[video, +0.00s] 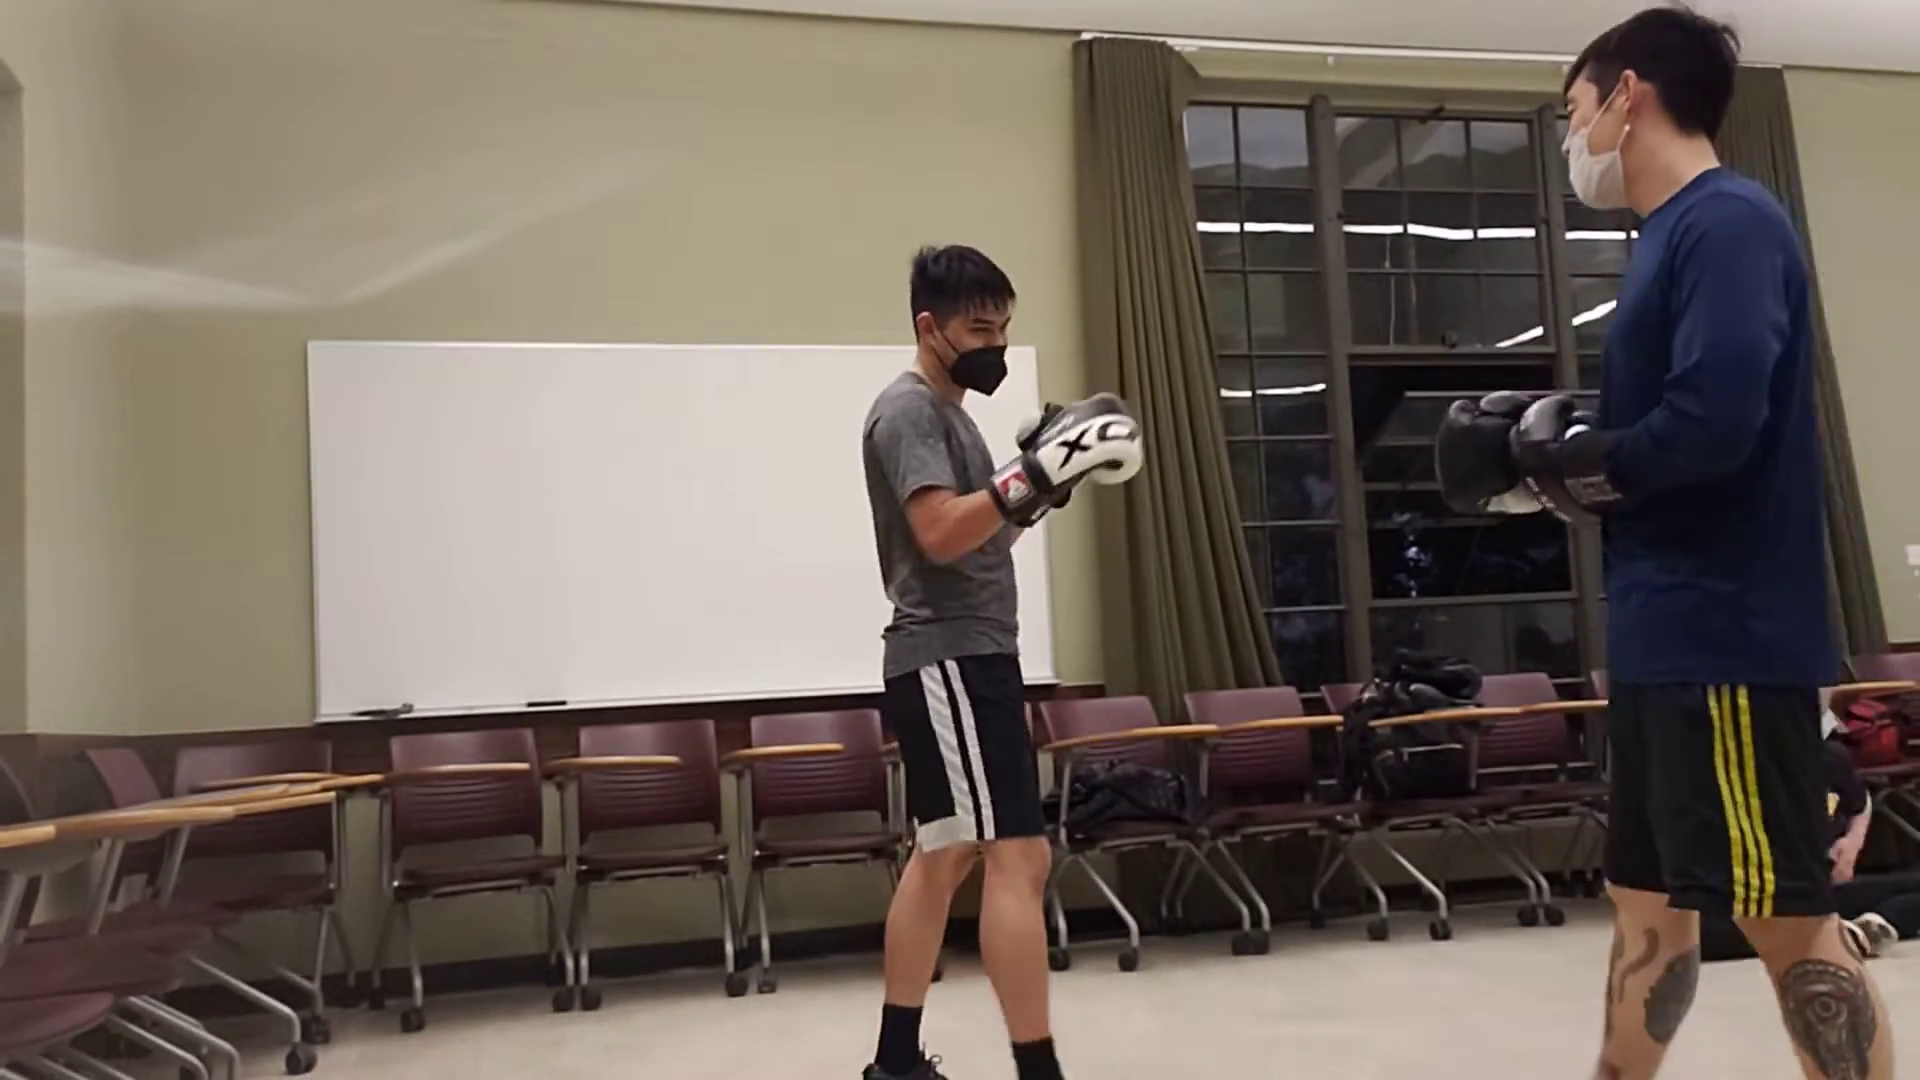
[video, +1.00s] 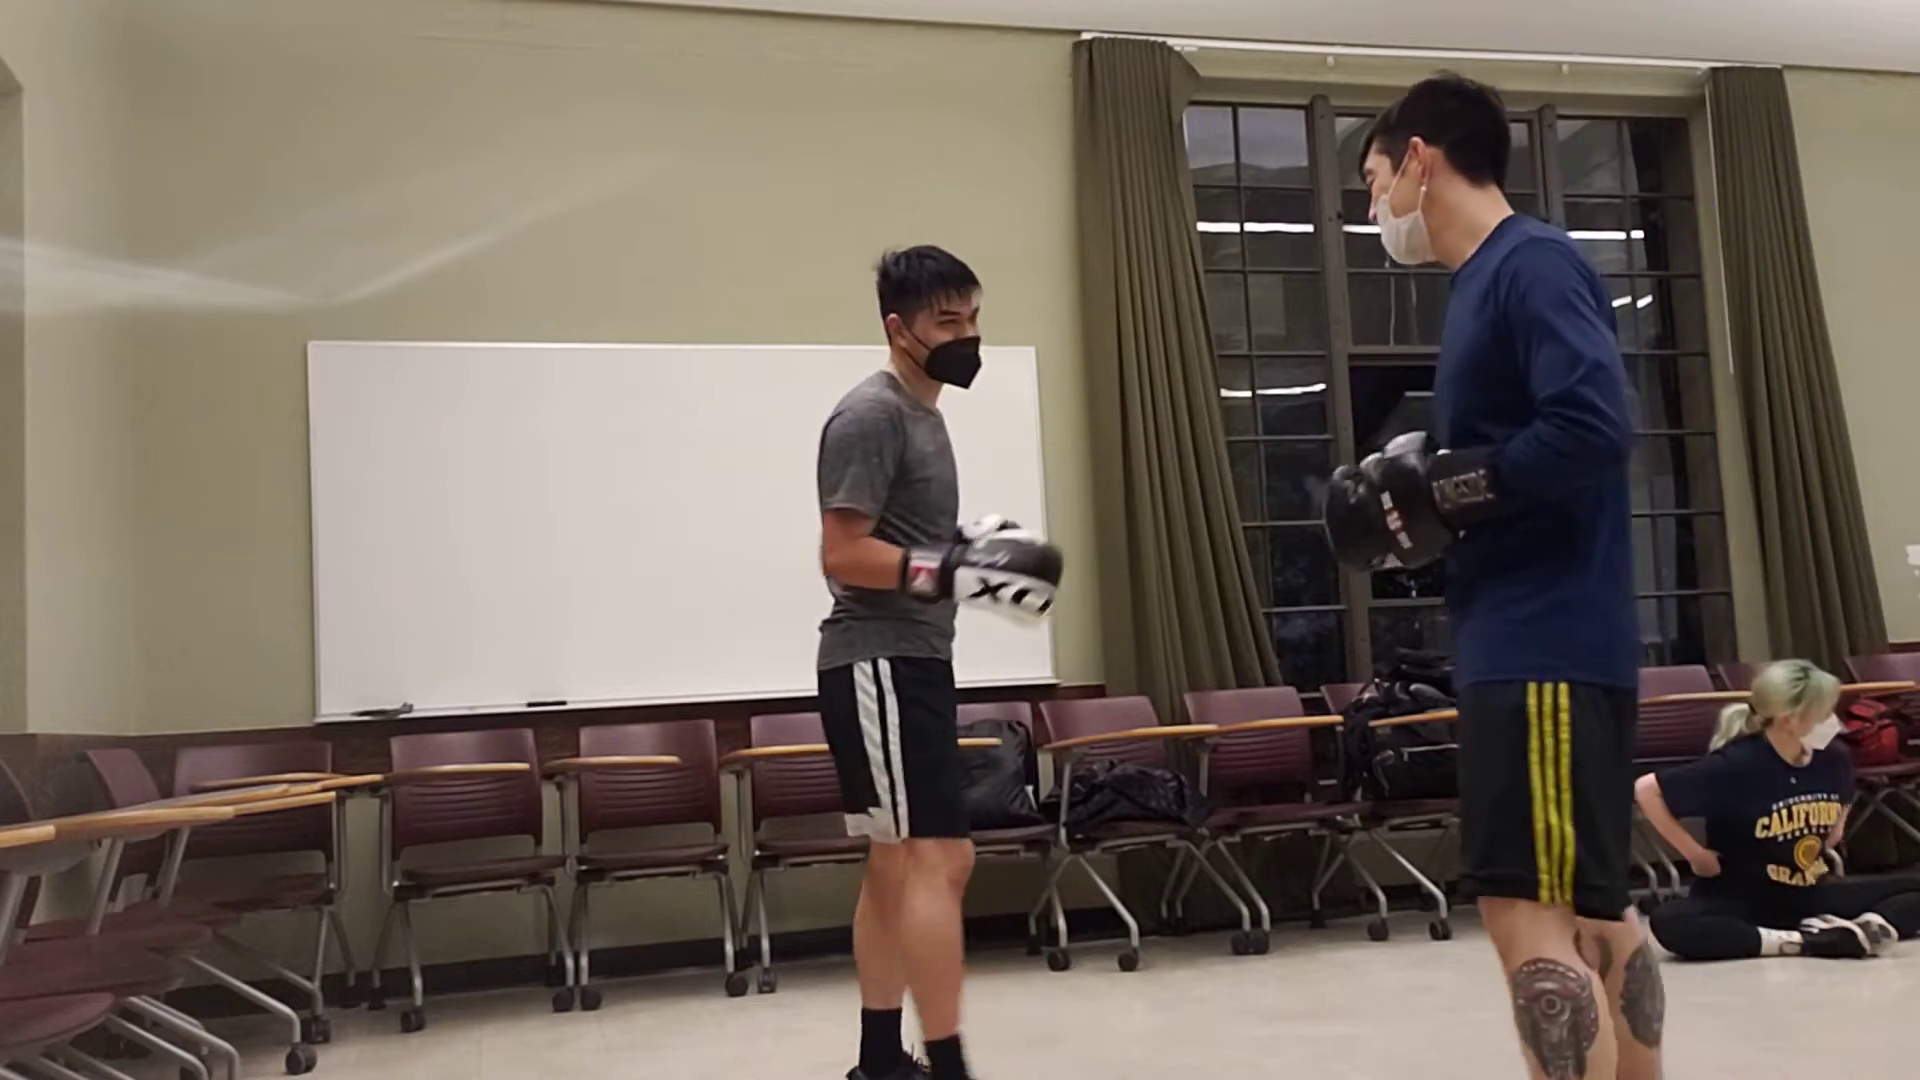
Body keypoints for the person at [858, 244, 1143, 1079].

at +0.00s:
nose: (995, 342)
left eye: (1001, 326)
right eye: (978, 326)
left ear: (1003, 320)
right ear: (927, 326)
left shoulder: (950, 419)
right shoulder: (907, 411)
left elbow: (976, 540)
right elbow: (942, 536)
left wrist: (1039, 479)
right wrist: (1032, 476)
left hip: (963, 658)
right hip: (951, 660)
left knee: (941, 854)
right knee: (1019, 860)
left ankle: (897, 1058)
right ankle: (1040, 1071)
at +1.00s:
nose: (967, 335)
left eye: (972, 319)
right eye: (948, 320)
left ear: (972, 315)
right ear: (898, 324)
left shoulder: (922, 414)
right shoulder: (869, 414)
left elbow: (903, 542)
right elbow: (841, 554)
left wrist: (977, 553)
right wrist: (950, 570)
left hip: (909, 659)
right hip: (878, 661)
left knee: (893, 864)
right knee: (941, 860)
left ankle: (882, 1060)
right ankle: (948, 1067)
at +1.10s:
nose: (950, 334)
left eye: (956, 318)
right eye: (931, 319)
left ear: (957, 319)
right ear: (882, 323)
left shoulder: (906, 414)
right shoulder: (856, 416)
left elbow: (883, 535)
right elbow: (807, 551)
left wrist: (947, 554)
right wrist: (914, 589)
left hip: (897, 658)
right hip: (862, 662)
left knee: (903, 862)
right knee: (908, 863)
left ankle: (878, 1052)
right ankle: (873, 1056)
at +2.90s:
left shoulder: (887, 442)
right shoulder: (802, 426)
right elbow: (761, 549)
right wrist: (823, 635)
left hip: (845, 661)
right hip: (785, 661)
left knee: (842, 874)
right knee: (797, 871)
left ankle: (820, 1047)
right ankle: (793, 1052)